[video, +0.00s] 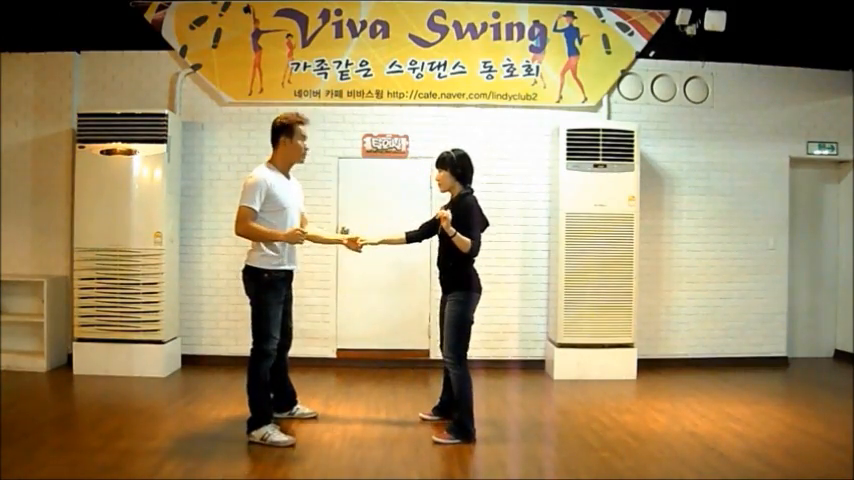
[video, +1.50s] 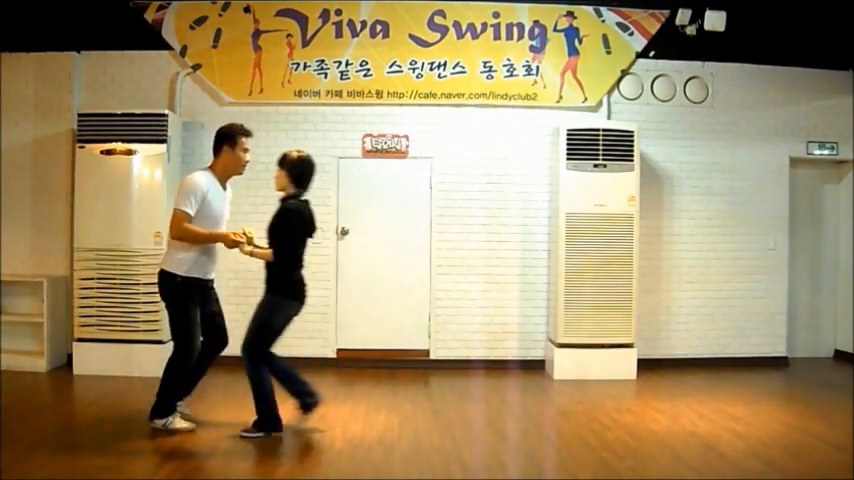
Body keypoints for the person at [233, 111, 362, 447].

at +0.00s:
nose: (307, 146)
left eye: (306, 139)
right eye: (302, 139)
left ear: (289, 143)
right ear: (283, 142)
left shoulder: (293, 185)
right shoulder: (258, 180)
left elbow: (303, 231)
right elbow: (242, 226)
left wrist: (342, 239)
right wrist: (282, 235)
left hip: (283, 273)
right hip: (263, 274)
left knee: (281, 343)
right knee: (265, 346)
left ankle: (283, 405)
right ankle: (259, 425)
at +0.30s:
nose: (299, 144)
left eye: (297, 139)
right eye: (292, 140)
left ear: (285, 147)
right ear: (273, 147)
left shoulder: (293, 184)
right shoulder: (254, 183)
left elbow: (311, 228)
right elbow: (225, 224)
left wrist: (343, 219)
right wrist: (262, 241)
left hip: (281, 275)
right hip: (254, 277)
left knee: (299, 336)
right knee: (272, 342)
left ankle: (287, 402)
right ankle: (260, 425)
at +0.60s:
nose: (278, 159)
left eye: (279, 154)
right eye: (274, 152)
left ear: (268, 157)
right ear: (253, 152)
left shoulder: (269, 196)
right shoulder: (227, 185)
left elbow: (296, 237)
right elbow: (212, 228)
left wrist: (335, 237)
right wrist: (256, 238)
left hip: (254, 283)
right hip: (226, 283)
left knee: (278, 342)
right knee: (258, 345)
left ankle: (285, 403)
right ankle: (247, 424)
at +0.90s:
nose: (244, 161)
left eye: (246, 155)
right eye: (240, 154)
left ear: (229, 156)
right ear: (219, 153)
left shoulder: (235, 195)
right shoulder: (196, 188)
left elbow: (255, 238)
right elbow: (196, 239)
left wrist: (295, 240)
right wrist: (241, 247)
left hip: (220, 283)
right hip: (199, 283)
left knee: (210, 350)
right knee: (236, 345)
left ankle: (158, 398)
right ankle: (247, 423)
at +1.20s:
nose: (232, 157)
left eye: (233, 151)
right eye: (228, 150)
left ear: (219, 151)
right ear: (208, 148)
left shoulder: (219, 190)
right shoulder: (182, 182)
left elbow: (223, 231)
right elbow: (179, 233)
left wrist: (254, 235)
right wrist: (223, 236)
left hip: (200, 277)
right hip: (177, 276)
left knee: (178, 346)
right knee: (206, 339)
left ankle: (148, 408)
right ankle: (181, 410)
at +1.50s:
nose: (247, 158)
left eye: (248, 152)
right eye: (243, 151)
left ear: (226, 153)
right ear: (224, 151)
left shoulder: (224, 189)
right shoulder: (196, 183)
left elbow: (207, 229)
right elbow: (177, 230)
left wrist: (232, 236)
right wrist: (222, 237)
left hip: (202, 280)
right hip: (178, 279)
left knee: (216, 340)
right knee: (188, 346)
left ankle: (172, 400)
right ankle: (161, 414)